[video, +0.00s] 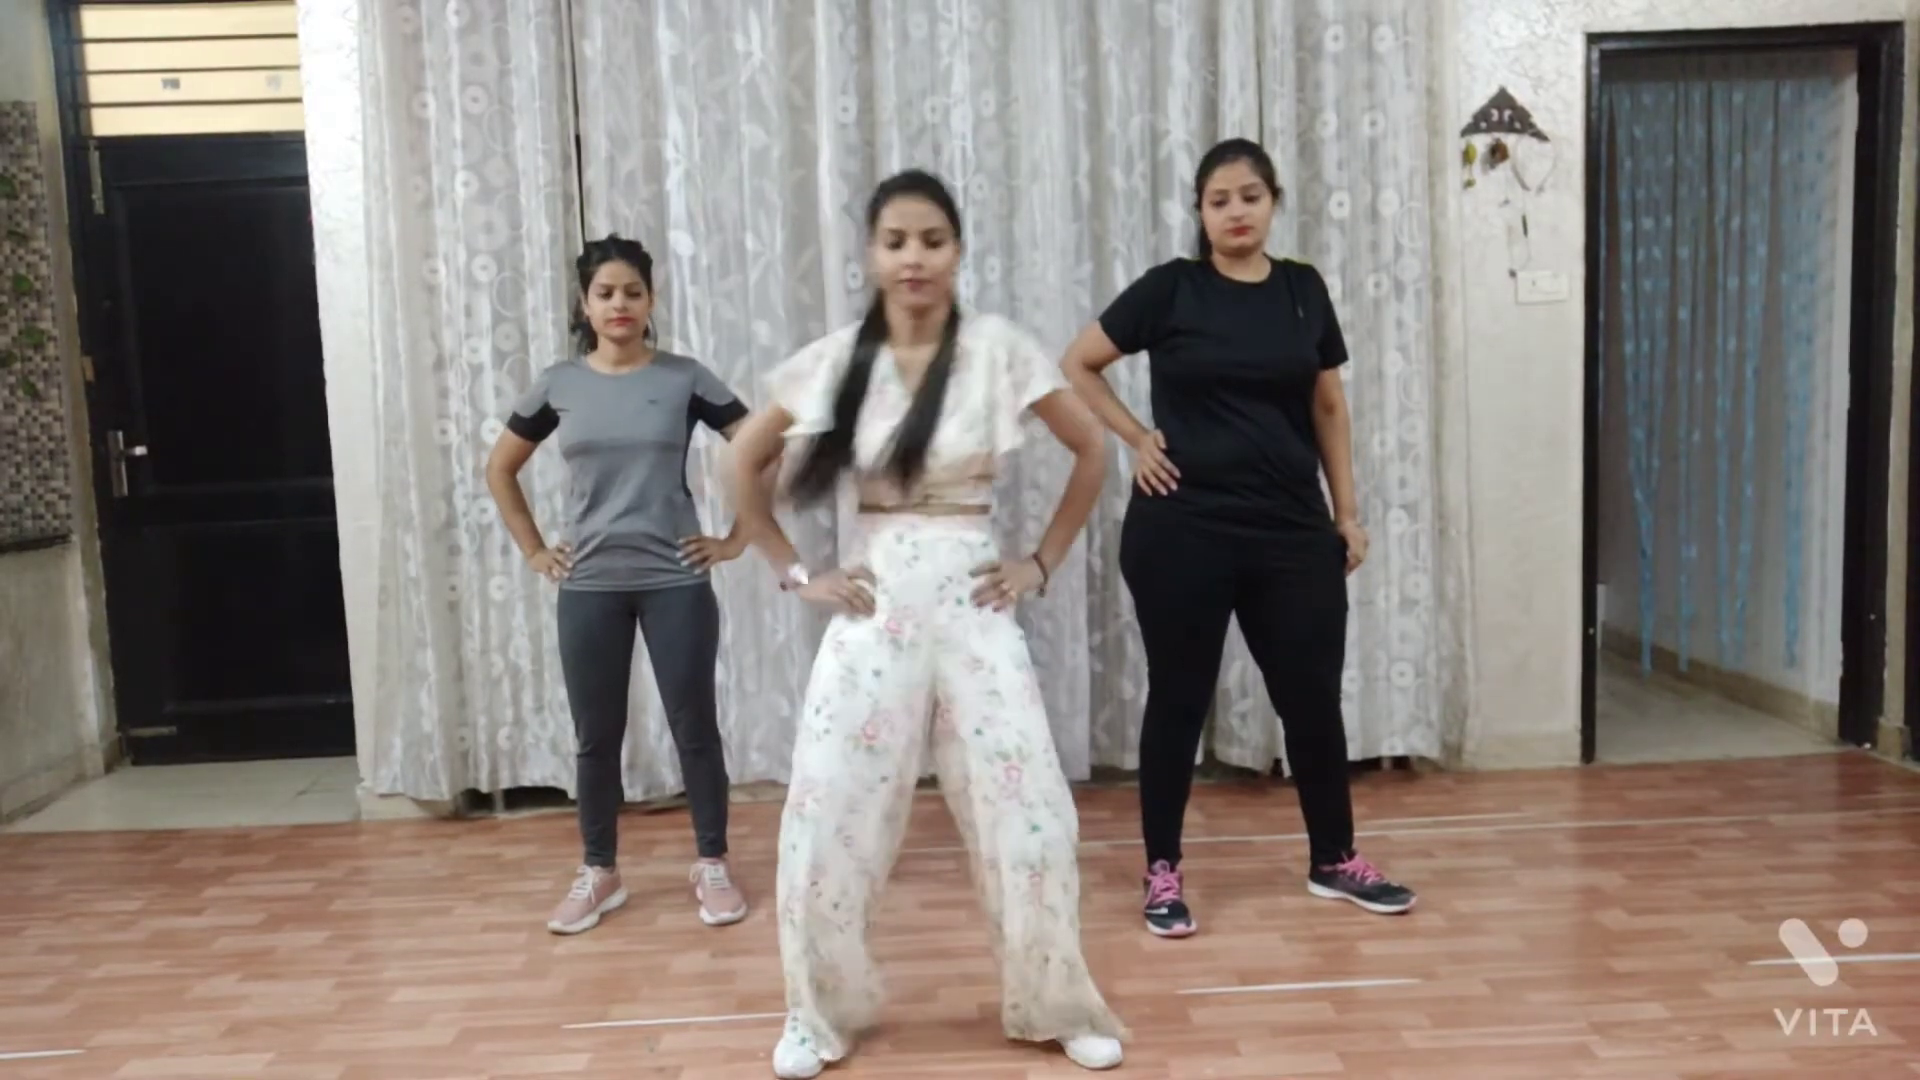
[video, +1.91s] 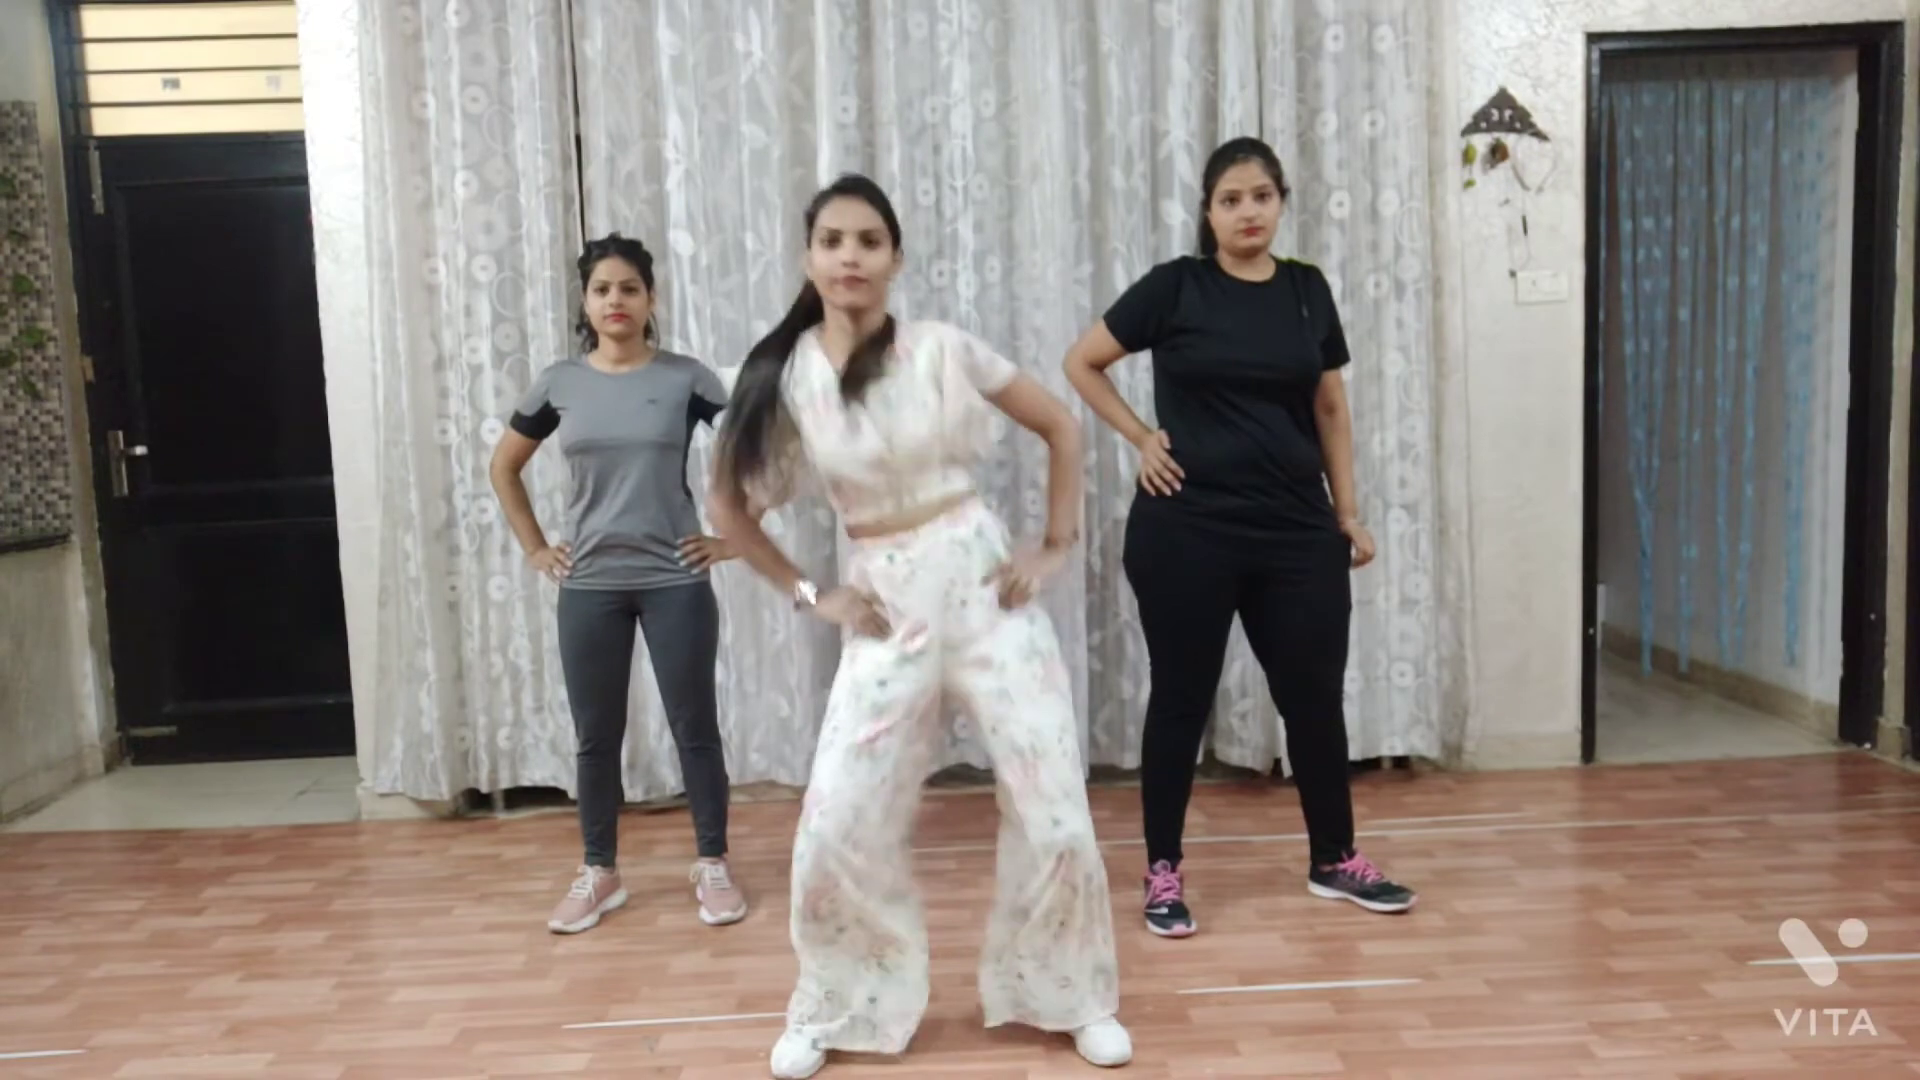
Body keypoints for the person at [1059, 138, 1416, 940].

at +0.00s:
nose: (1235, 212)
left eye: (1250, 197)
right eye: (1220, 200)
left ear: (1273, 205)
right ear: (1200, 210)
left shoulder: (1302, 289)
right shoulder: (1168, 290)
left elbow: (1330, 406)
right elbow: (1076, 366)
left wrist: (1345, 512)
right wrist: (1136, 437)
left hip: (1290, 529)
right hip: (1183, 527)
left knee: (1314, 701)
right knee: (1178, 701)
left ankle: (1334, 861)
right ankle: (1162, 870)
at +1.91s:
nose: (1249, 211)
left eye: (1262, 196)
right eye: (1232, 199)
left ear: (1282, 204)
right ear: (1208, 209)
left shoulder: (1306, 289)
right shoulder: (1174, 288)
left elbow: (1332, 408)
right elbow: (1080, 363)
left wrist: (1347, 511)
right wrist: (1140, 436)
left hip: (1295, 529)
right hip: (1187, 527)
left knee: (1316, 699)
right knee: (1181, 699)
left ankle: (1335, 860)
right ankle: (1163, 870)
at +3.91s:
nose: (1249, 208)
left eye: (1262, 194)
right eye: (1233, 196)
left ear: (1282, 204)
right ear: (1208, 208)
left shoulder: (1307, 290)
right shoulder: (1175, 288)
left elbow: (1334, 409)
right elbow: (1082, 364)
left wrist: (1349, 512)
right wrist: (1143, 438)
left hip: (1297, 528)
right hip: (1189, 526)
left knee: (1318, 699)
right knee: (1182, 701)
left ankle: (1336, 860)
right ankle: (1163, 870)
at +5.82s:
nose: (1249, 207)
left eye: (1262, 193)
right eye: (1233, 195)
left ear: (1283, 203)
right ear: (1209, 207)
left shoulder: (1308, 290)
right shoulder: (1175, 288)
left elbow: (1334, 410)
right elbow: (1081, 363)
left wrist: (1349, 513)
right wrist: (1142, 438)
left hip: (1296, 529)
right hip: (1189, 526)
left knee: (1317, 699)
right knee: (1181, 699)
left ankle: (1336, 861)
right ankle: (1163, 871)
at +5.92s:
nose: (1251, 207)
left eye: (1264, 192)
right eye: (1234, 194)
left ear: (1283, 203)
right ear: (1209, 208)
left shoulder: (1308, 290)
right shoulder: (1174, 290)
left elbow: (1334, 409)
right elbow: (1080, 367)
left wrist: (1349, 513)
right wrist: (1140, 438)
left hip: (1298, 531)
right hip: (1192, 528)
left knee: (1317, 702)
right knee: (1180, 704)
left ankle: (1336, 861)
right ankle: (1163, 870)